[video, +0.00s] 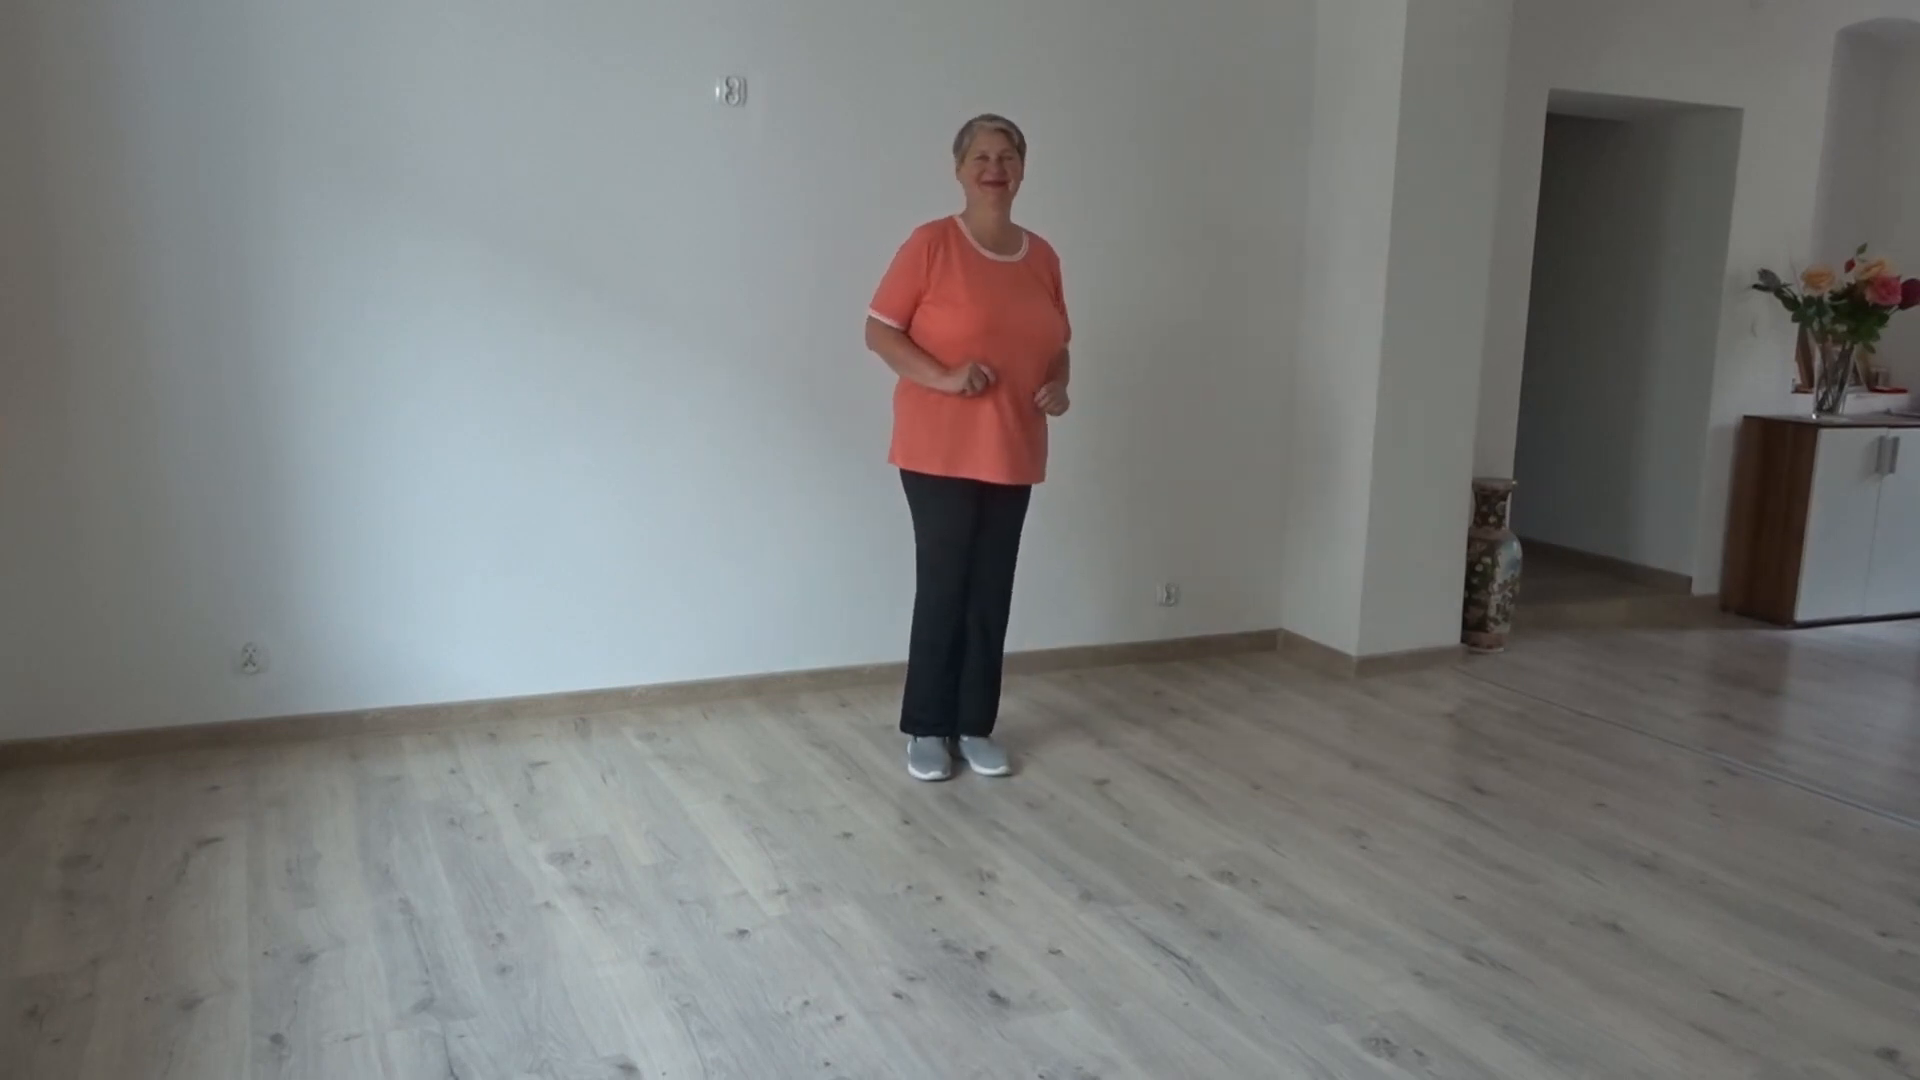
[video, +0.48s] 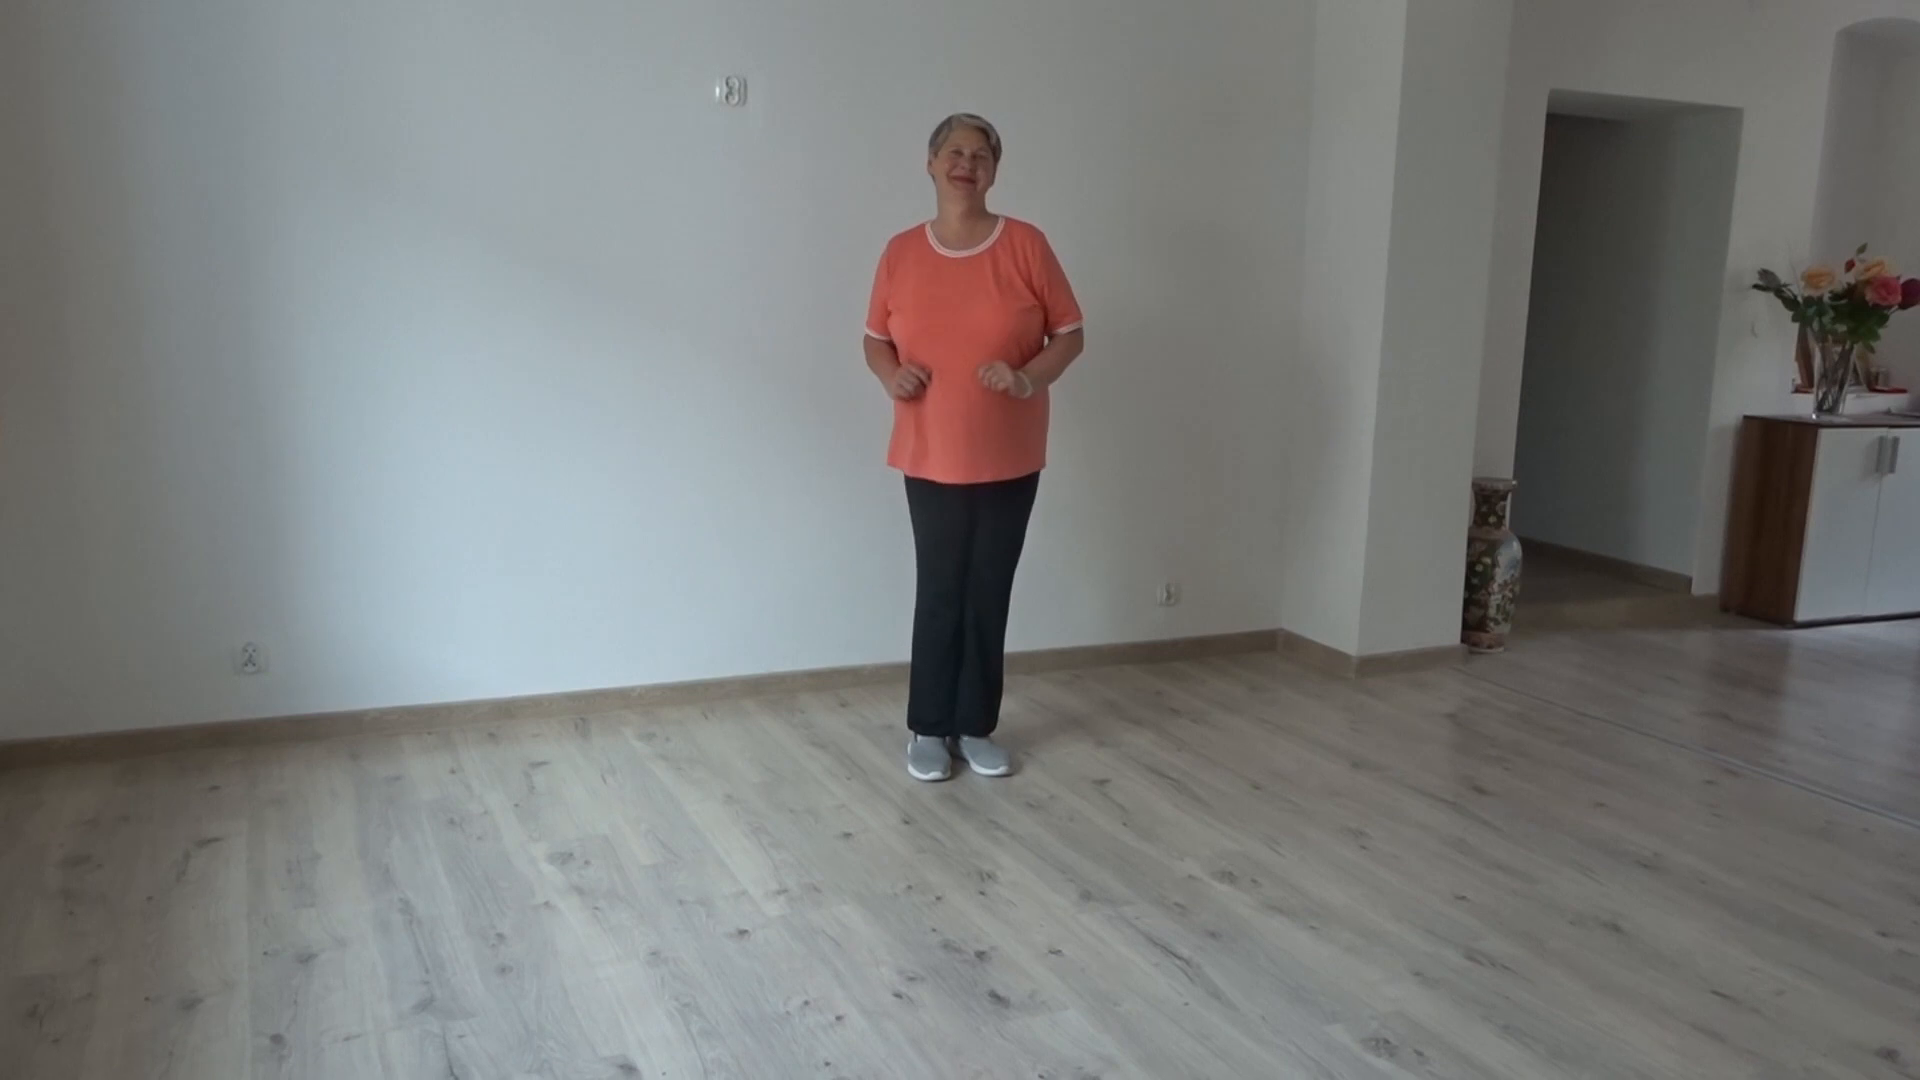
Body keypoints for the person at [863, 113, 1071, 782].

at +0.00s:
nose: (995, 167)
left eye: (1007, 157)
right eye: (982, 157)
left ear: (1023, 170)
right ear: (958, 169)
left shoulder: (1041, 256)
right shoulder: (929, 245)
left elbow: (1058, 341)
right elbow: (880, 333)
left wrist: (1057, 383)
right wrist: (942, 377)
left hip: (1012, 458)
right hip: (940, 456)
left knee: (990, 598)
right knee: (944, 595)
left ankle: (972, 729)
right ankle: (926, 731)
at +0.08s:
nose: (994, 165)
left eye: (1005, 156)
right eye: (981, 155)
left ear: (1019, 171)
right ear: (955, 167)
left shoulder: (1041, 254)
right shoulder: (924, 246)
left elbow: (1062, 341)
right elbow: (878, 334)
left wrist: (1056, 384)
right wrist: (932, 380)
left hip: (1011, 458)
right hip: (938, 455)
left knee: (989, 598)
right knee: (942, 593)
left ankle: (971, 729)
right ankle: (926, 730)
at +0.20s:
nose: (989, 160)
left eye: (1000, 152)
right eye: (976, 150)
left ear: (1013, 171)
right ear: (948, 165)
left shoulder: (1039, 251)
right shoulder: (916, 246)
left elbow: (1069, 338)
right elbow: (874, 333)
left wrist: (1054, 381)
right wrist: (914, 377)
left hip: (1009, 457)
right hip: (935, 455)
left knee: (989, 598)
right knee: (941, 594)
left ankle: (972, 729)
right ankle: (926, 730)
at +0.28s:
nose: (984, 161)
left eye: (995, 153)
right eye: (971, 151)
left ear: (1007, 170)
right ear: (944, 164)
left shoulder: (1036, 247)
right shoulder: (912, 246)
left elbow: (1072, 336)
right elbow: (872, 333)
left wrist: (1050, 381)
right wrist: (905, 375)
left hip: (1008, 456)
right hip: (934, 453)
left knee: (990, 596)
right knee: (941, 592)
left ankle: (974, 728)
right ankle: (927, 730)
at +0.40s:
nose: (975, 160)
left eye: (987, 152)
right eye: (962, 149)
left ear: (1000, 169)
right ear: (937, 162)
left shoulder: (1030, 243)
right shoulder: (905, 248)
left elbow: (1072, 331)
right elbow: (874, 333)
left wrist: (1039, 376)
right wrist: (896, 370)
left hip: (1009, 457)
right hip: (933, 456)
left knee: (989, 598)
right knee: (940, 595)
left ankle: (974, 729)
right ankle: (928, 730)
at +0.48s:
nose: (968, 163)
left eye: (980, 156)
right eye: (955, 153)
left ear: (995, 170)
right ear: (932, 165)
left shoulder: (1025, 243)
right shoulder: (903, 251)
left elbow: (1071, 332)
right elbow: (876, 337)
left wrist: (1029, 377)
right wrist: (892, 372)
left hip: (1007, 460)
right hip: (931, 459)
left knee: (988, 599)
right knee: (940, 596)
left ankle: (974, 730)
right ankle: (928, 731)